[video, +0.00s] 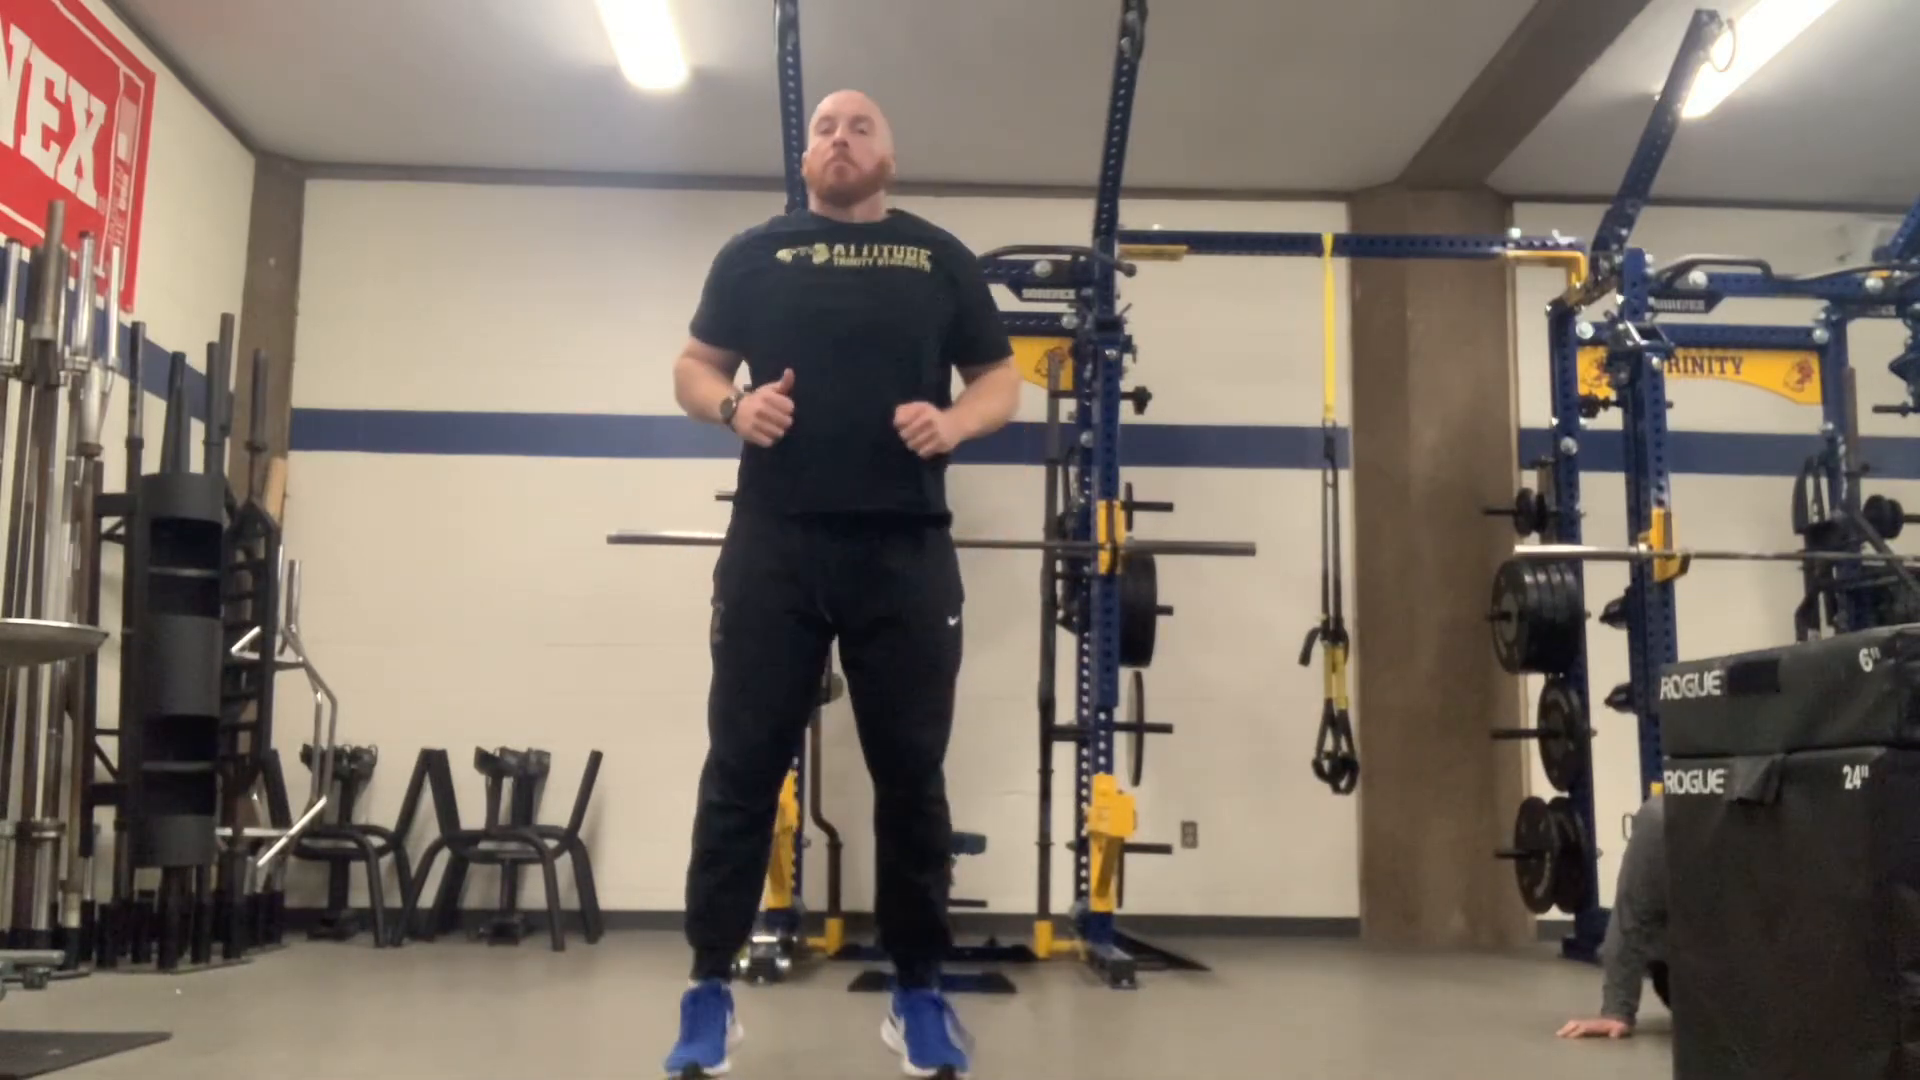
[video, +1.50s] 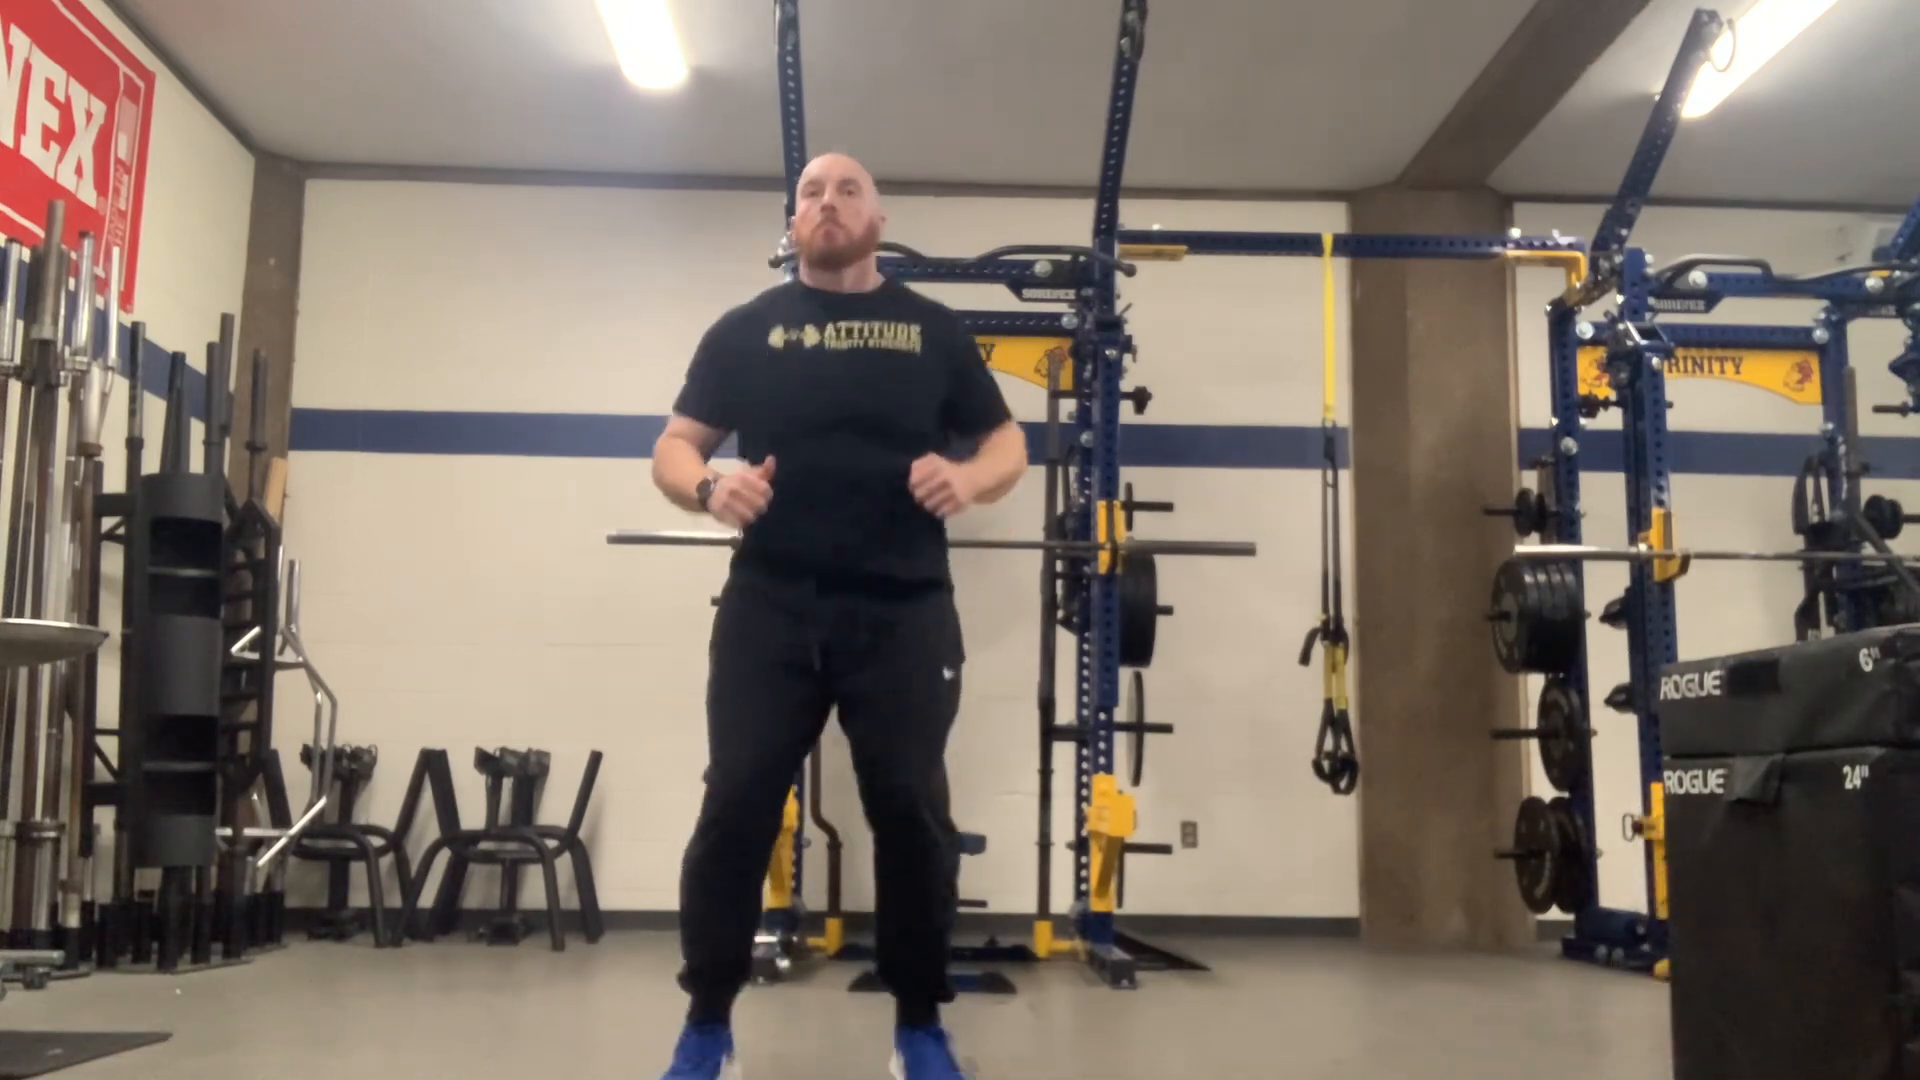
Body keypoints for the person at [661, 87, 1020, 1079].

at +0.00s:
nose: (841, 134)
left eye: (861, 125)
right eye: (825, 126)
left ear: (893, 159)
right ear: (802, 159)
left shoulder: (941, 259)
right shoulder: (752, 256)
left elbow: (1002, 382)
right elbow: (697, 370)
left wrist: (955, 422)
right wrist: (732, 406)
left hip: (903, 551)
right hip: (775, 546)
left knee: (912, 777)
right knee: (742, 766)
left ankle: (919, 992)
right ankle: (708, 988)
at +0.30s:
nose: (834, 184)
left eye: (853, 173)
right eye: (819, 174)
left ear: (884, 202)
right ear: (795, 205)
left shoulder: (932, 303)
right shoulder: (750, 312)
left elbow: (993, 429)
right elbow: (698, 437)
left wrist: (954, 471)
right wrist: (730, 473)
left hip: (901, 595)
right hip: (777, 594)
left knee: (895, 813)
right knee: (754, 805)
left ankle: (893, 1002)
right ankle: (733, 998)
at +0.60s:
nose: (829, 188)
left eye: (848, 178)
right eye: (813, 181)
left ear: (883, 212)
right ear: (792, 216)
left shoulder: (939, 320)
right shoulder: (743, 325)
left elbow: (1011, 442)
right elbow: (684, 448)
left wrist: (978, 480)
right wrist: (711, 473)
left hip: (906, 596)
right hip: (769, 593)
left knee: (918, 805)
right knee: (726, 795)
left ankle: (917, 1031)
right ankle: (710, 1027)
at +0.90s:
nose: (834, 127)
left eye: (853, 118)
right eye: (817, 124)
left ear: (888, 152)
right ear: (797, 162)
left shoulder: (940, 256)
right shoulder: (749, 260)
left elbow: (1007, 381)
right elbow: (700, 375)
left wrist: (954, 429)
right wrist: (727, 418)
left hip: (901, 544)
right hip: (772, 542)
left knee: (914, 764)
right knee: (741, 754)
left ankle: (913, 976)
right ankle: (714, 970)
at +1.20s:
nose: (837, 169)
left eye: (855, 156)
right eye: (821, 159)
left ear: (888, 185)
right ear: (797, 191)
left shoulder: (938, 292)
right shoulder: (752, 296)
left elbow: (998, 413)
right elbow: (705, 418)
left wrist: (964, 469)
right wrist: (733, 461)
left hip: (901, 579)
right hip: (777, 576)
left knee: (902, 794)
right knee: (749, 783)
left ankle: (901, 990)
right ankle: (728, 983)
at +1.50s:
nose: (828, 201)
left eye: (847, 189)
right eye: (812, 192)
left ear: (881, 221)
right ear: (791, 226)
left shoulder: (936, 331)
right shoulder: (742, 333)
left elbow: (1008, 448)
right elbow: (672, 454)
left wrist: (968, 476)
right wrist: (708, 484)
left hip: (902, 608)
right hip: (769, 606)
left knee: (912, 810)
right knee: (737, 803)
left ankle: (920, 1030)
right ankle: (705, 1027)